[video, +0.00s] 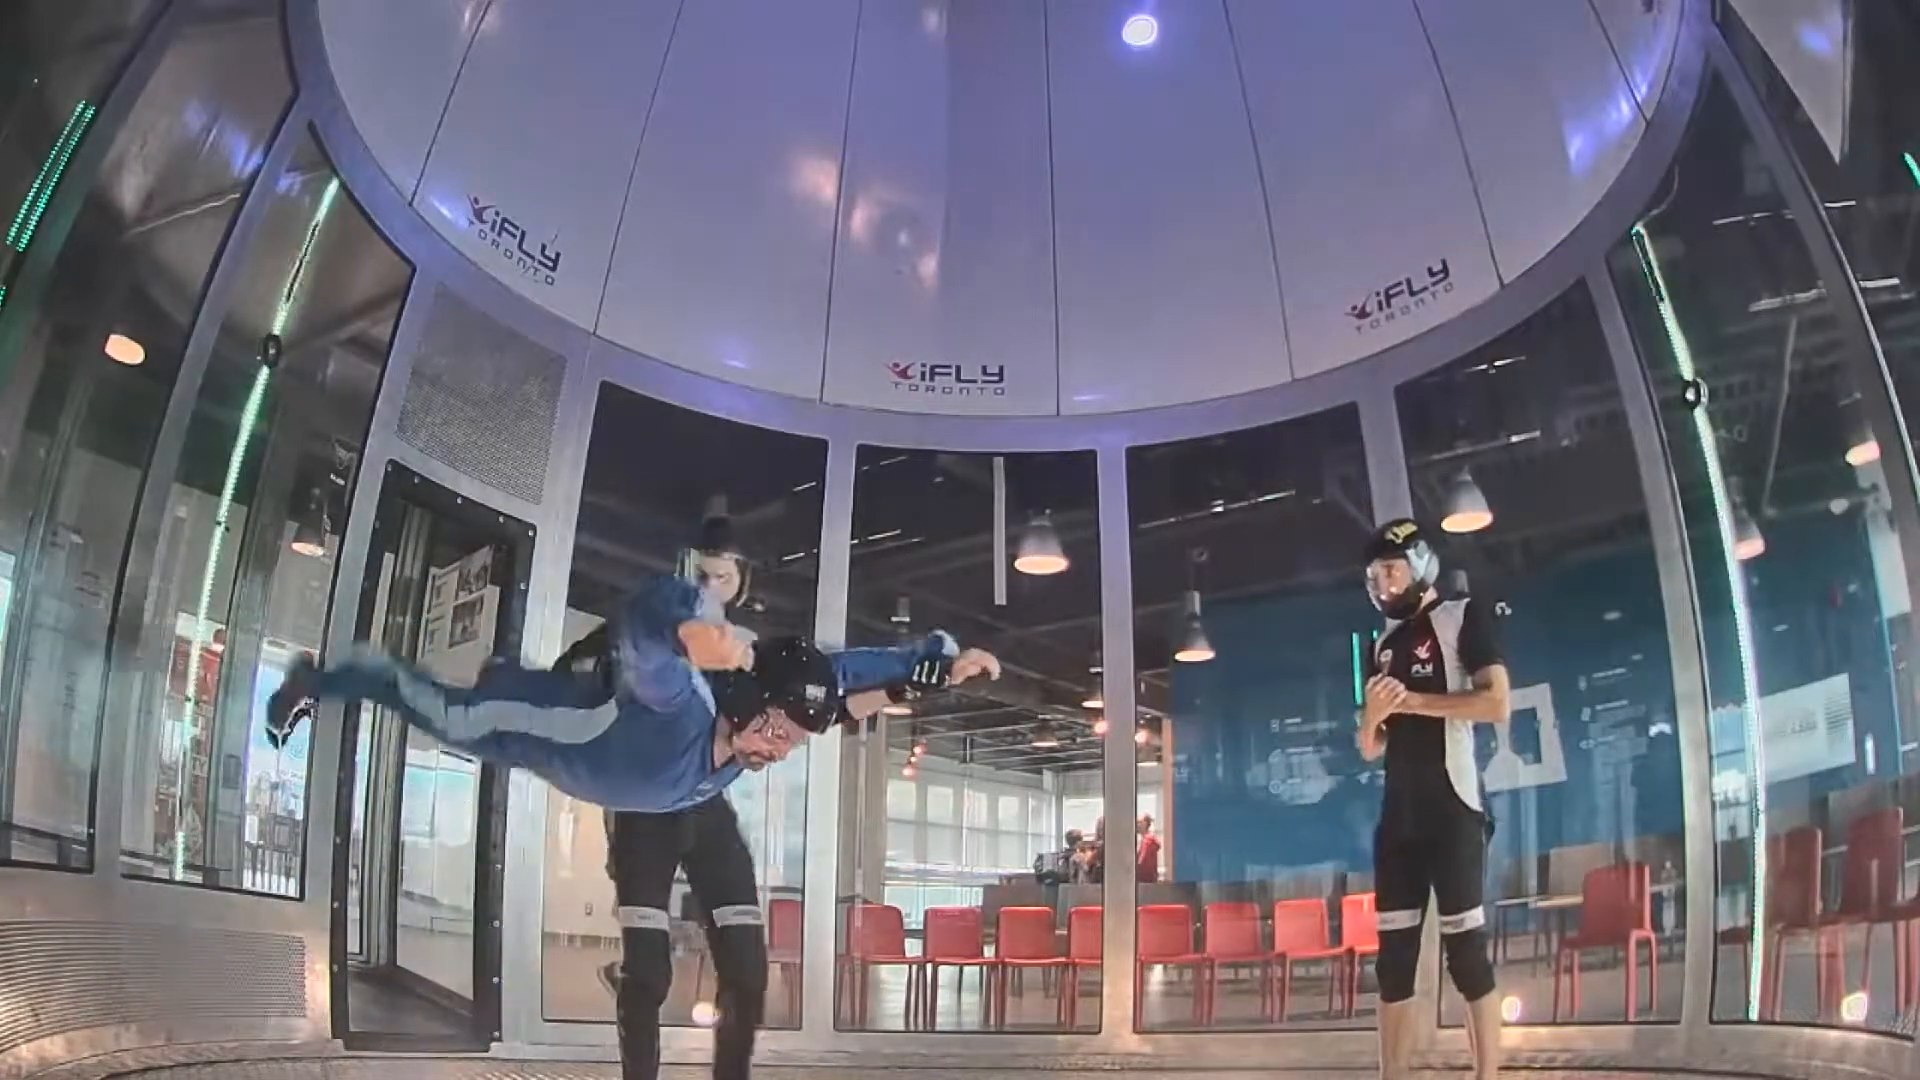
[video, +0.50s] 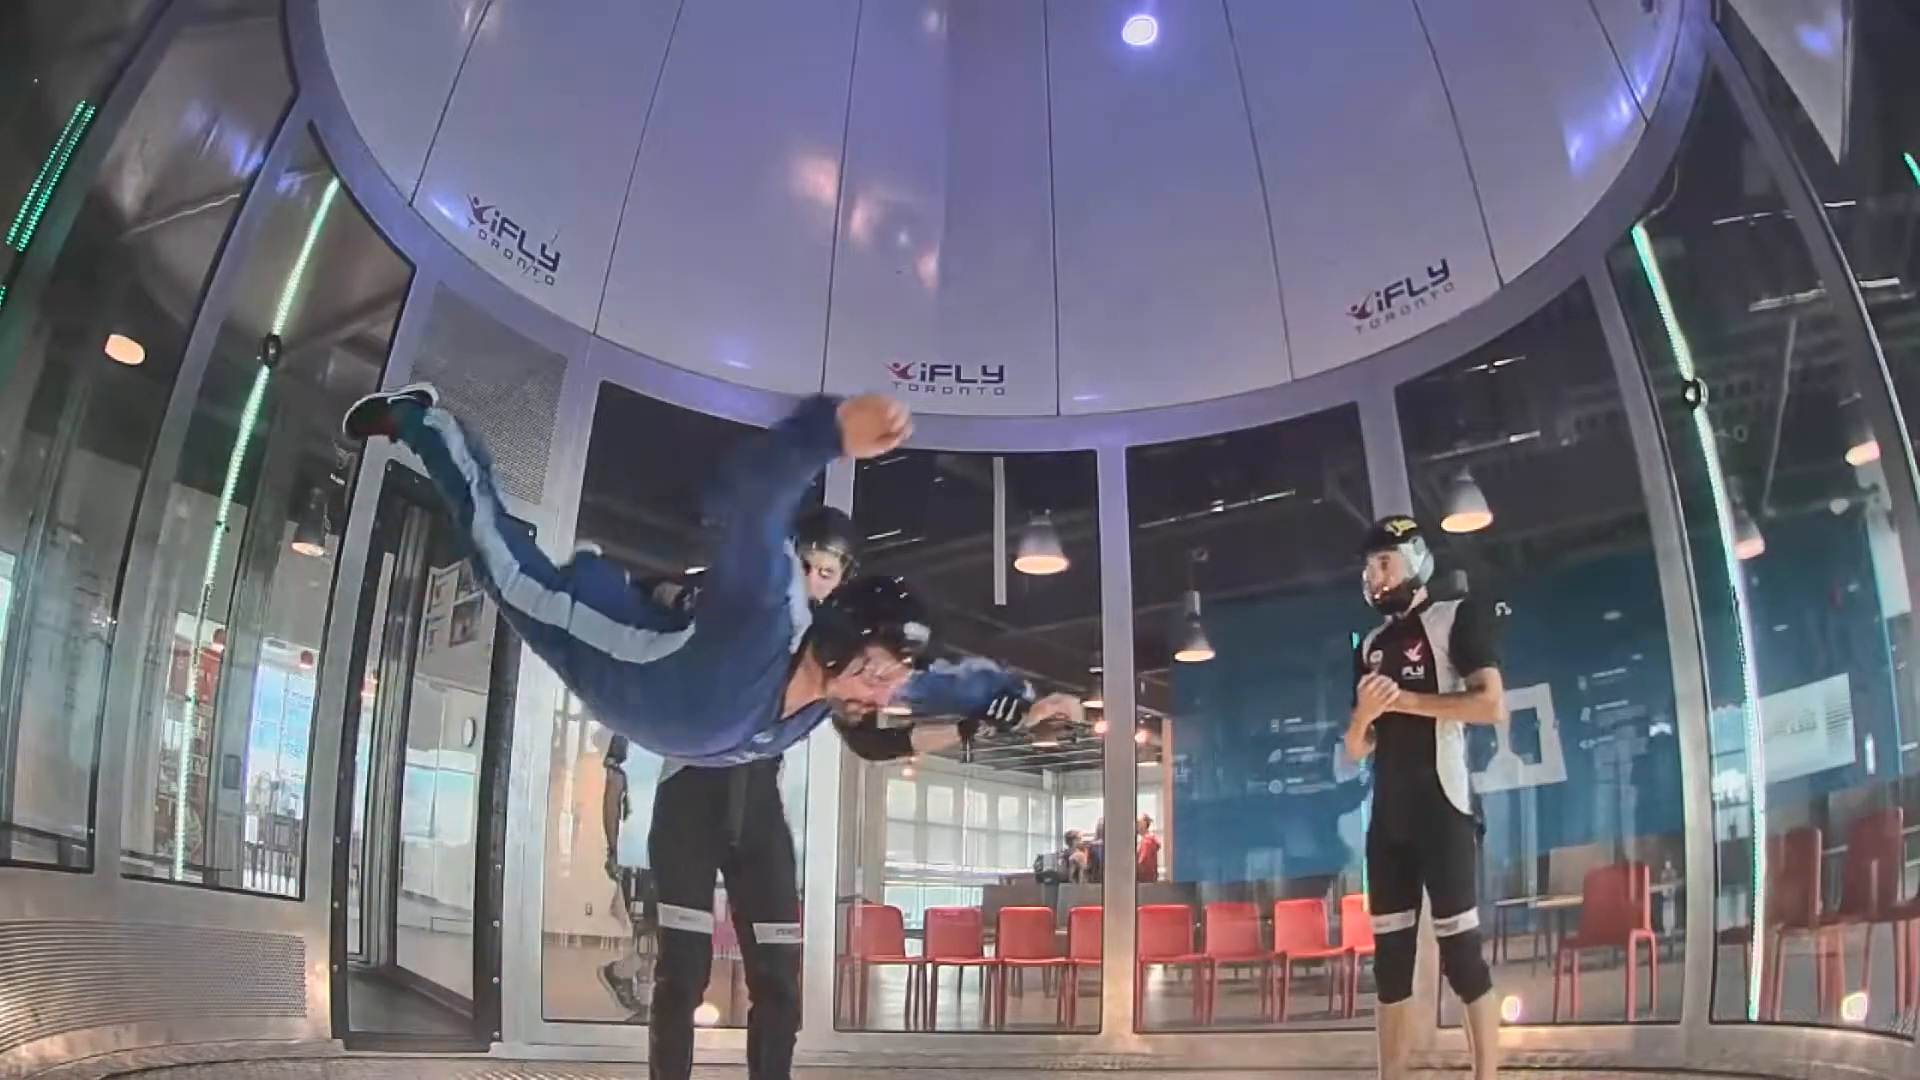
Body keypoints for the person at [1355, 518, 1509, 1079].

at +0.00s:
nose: (1381, 584)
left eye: (1390, 571)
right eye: (1374, 575)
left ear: (1422, 568)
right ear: (1370, 581)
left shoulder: (1462, 615)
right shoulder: (1381, 646)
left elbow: (1496, 705)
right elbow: (1370, 751)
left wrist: (1410, 701)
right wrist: (1369, 720)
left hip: (1455, 803)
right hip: (1398, 806)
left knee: (1463, 947)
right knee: (1395, 950)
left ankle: (1487, 1075)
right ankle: (1391, 1075)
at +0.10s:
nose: (1380, 582)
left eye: (1390, 568)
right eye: (1373, 573)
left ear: (1422, 565)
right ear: (1371, 580)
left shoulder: (1464, 614)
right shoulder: (1378, 646)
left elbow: (1496, 705)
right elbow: (1367, 749)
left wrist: (1411, 700)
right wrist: (1368, 716)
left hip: (1454, 805)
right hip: (1396, 808)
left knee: (1463, 951)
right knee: (1395, 954)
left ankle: (1486, 1076)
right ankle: (1393, 1077)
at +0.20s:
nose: (1380, 580)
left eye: (1391, 567)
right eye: (1374, 570)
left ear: (1423, 566)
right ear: (1370, 578)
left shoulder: (1463, 615)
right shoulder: (1377, 645)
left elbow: (1496, 705)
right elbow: (1365, 750)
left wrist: (1410, 700)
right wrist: (1367, 716)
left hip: (1453, 808)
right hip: (1396, 812)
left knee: (1462, 952)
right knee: (1395, 955)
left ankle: (1486, 1076)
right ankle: (1392, 1077)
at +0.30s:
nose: (1379, 578)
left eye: (1390, 565)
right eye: (1373, 568)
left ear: (1423, 565)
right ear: (1369, 578)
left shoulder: (1463, 617)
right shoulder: (1374, 646)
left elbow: (1494, 707)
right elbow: (1362, 751)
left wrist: (1405, 702)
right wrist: (1365, 718)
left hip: (1450, 808)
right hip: (1392, 811)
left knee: (1461, 953)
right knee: (1394, 957)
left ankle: (1486, 1076)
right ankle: (1392, 1078)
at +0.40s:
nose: (1377, 576)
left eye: (1388, 563)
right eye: (1372, 567)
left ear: (1421, 564)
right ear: (1369, 576)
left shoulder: (1460, 618)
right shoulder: (1373, 646)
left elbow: (1493, 708)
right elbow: (1360, 752)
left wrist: (1404, 702)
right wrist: (1364, 718)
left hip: (1449, 809)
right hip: (1390, 812)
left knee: (1460, 952)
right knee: (1393, 956)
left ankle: (1486, 1076)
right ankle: (1391, 1077)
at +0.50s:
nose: (1375, 573)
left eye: (1386, 560)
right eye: (1369, 564)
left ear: (1419, 562)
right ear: (1366, 574)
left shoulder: (1459, 616)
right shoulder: (1369, 646)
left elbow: (1491, 707)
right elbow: (1352, 754)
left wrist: (1402, 700)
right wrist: (1361, 717)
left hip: (1447, 807)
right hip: (1388, 810)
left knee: (1459, 951)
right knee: (1391, 957)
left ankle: (1486, 1075)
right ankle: (1392, 1077)